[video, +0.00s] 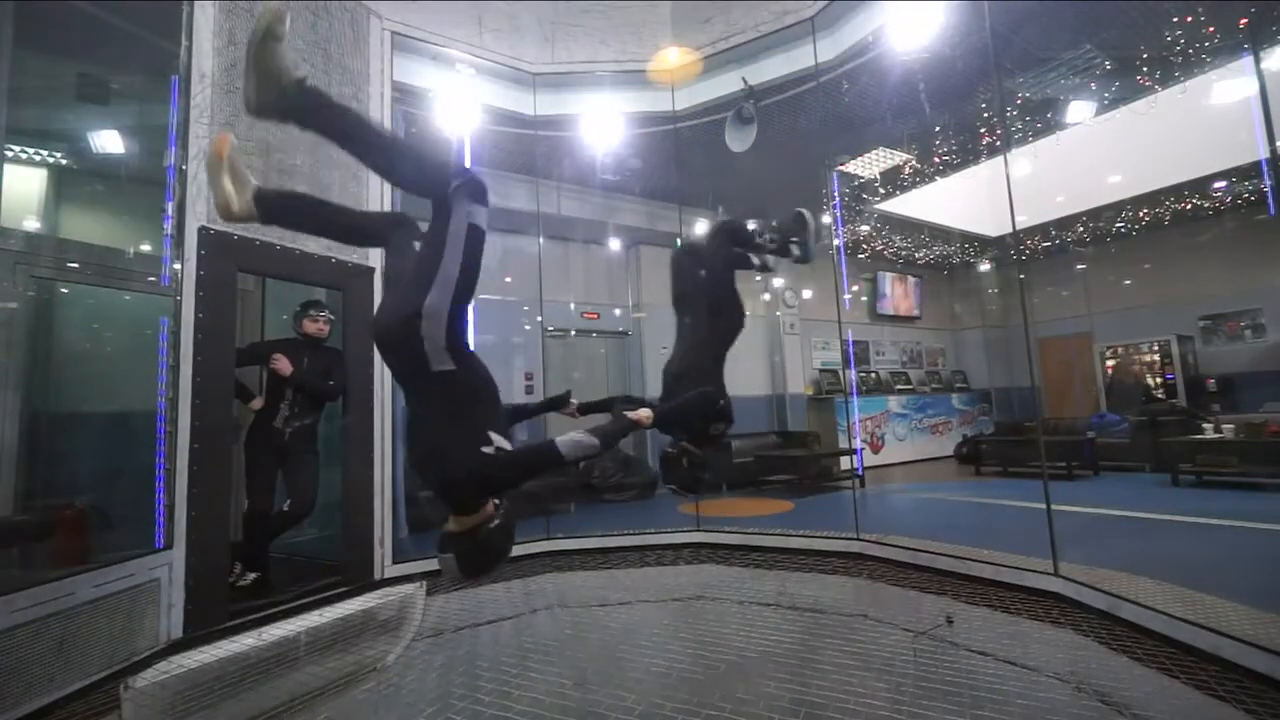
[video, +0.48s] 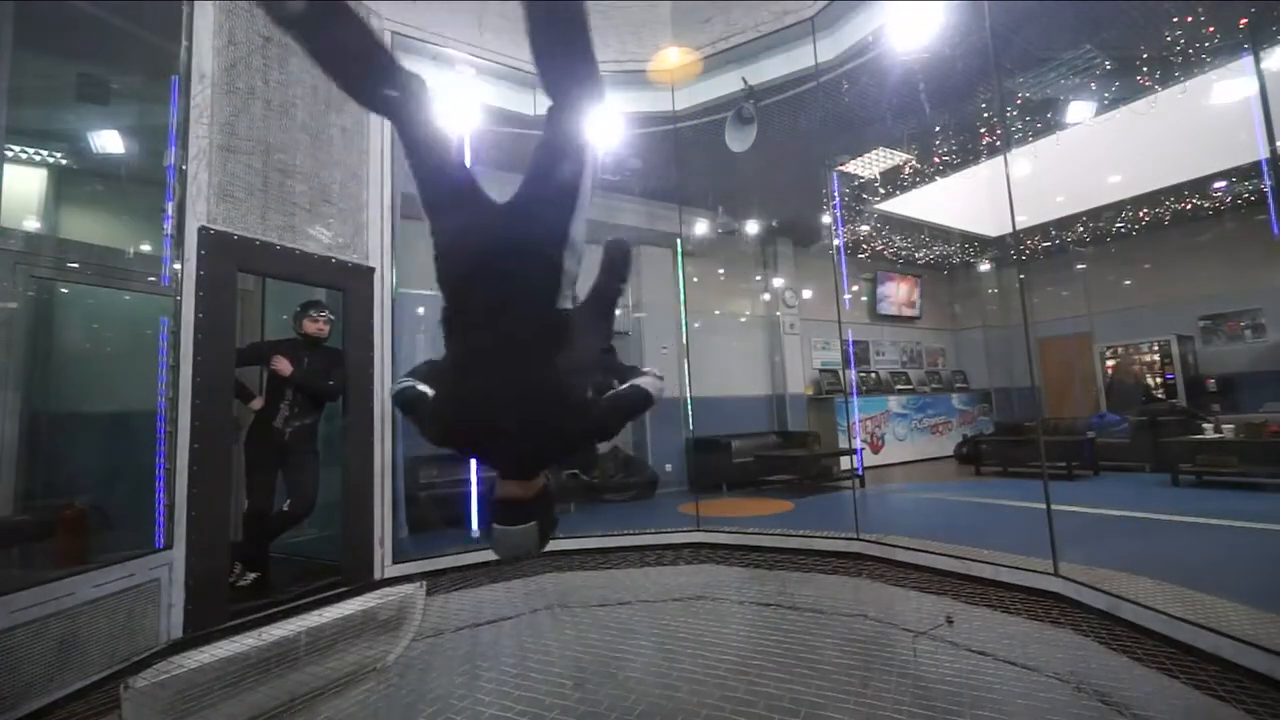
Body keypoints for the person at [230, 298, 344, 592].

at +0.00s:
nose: (321, 324)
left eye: (326, 320)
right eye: (314, 319)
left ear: (331, 325)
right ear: (300, 322)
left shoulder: (334, 357)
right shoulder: (279, 348)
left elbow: (333, 392)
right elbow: (224, 361)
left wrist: (293, 373)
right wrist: (249, 397)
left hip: (302, 441)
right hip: (264, 437)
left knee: (303, 505)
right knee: (260, 505)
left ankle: (243, 553)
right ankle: (254, 570)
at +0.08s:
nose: (321, 324)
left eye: (326, 320)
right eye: (314, 319)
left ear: (331, 326)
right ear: (300, 323)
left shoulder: (334, 357)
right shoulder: (279, 348)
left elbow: (333, 392)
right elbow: (224, 361)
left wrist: (292, 373)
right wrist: (250, 398)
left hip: (302, 441)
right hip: (264, 436)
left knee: (302, 505)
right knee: (259, 504)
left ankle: (242, 553)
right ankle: (254, 569)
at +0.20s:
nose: (321, 324)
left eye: (326, 320)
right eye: (315, 319)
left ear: (330, 326)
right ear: (300, 323)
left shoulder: (335, 358)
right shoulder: (279, 348)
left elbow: (332, 392)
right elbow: (224, 361)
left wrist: (293, 373)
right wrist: (250, 398)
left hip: (302, 442)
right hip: (264, 437)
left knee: (302, 505)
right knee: (260, 505)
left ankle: (242, 553)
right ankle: (254, 570)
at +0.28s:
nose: (321, 324)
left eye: (326, 320)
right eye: (315, 319)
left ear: (330, 326)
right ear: (300, 323)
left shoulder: (335, 358)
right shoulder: (279, 348)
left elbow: (332, 392)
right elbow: (224, 361)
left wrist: (293, 373)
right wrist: (250, 398)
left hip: (302, 443)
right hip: (264, 437)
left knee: (302, 505)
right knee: (260, 505)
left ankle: (242, 553)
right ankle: (254, 570)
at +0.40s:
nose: (322, 324)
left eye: (326, 320)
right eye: (315, 319)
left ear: (330, 326)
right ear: (300, 323)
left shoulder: (334, 357)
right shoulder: (279, 349)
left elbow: (331, 392)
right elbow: (224, 361)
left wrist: (293, 373)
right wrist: (249, 397)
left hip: (302, 442)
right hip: (264, 437)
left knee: (303, 504)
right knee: (260, 505)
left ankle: (243, 553)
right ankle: (254, 571)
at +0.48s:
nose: (322, 324)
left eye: (326, 320)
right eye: (315, 319)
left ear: (331, 325)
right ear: (300, 323)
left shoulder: (334, 357)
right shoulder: (279, 348)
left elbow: (332, 392)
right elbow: (224, 361)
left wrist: (293, 373)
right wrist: (249, 397)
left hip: (302, 442)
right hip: (264, 437)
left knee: (303, 505)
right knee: (260, 505)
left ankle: (243, 553)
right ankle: (254, 570)